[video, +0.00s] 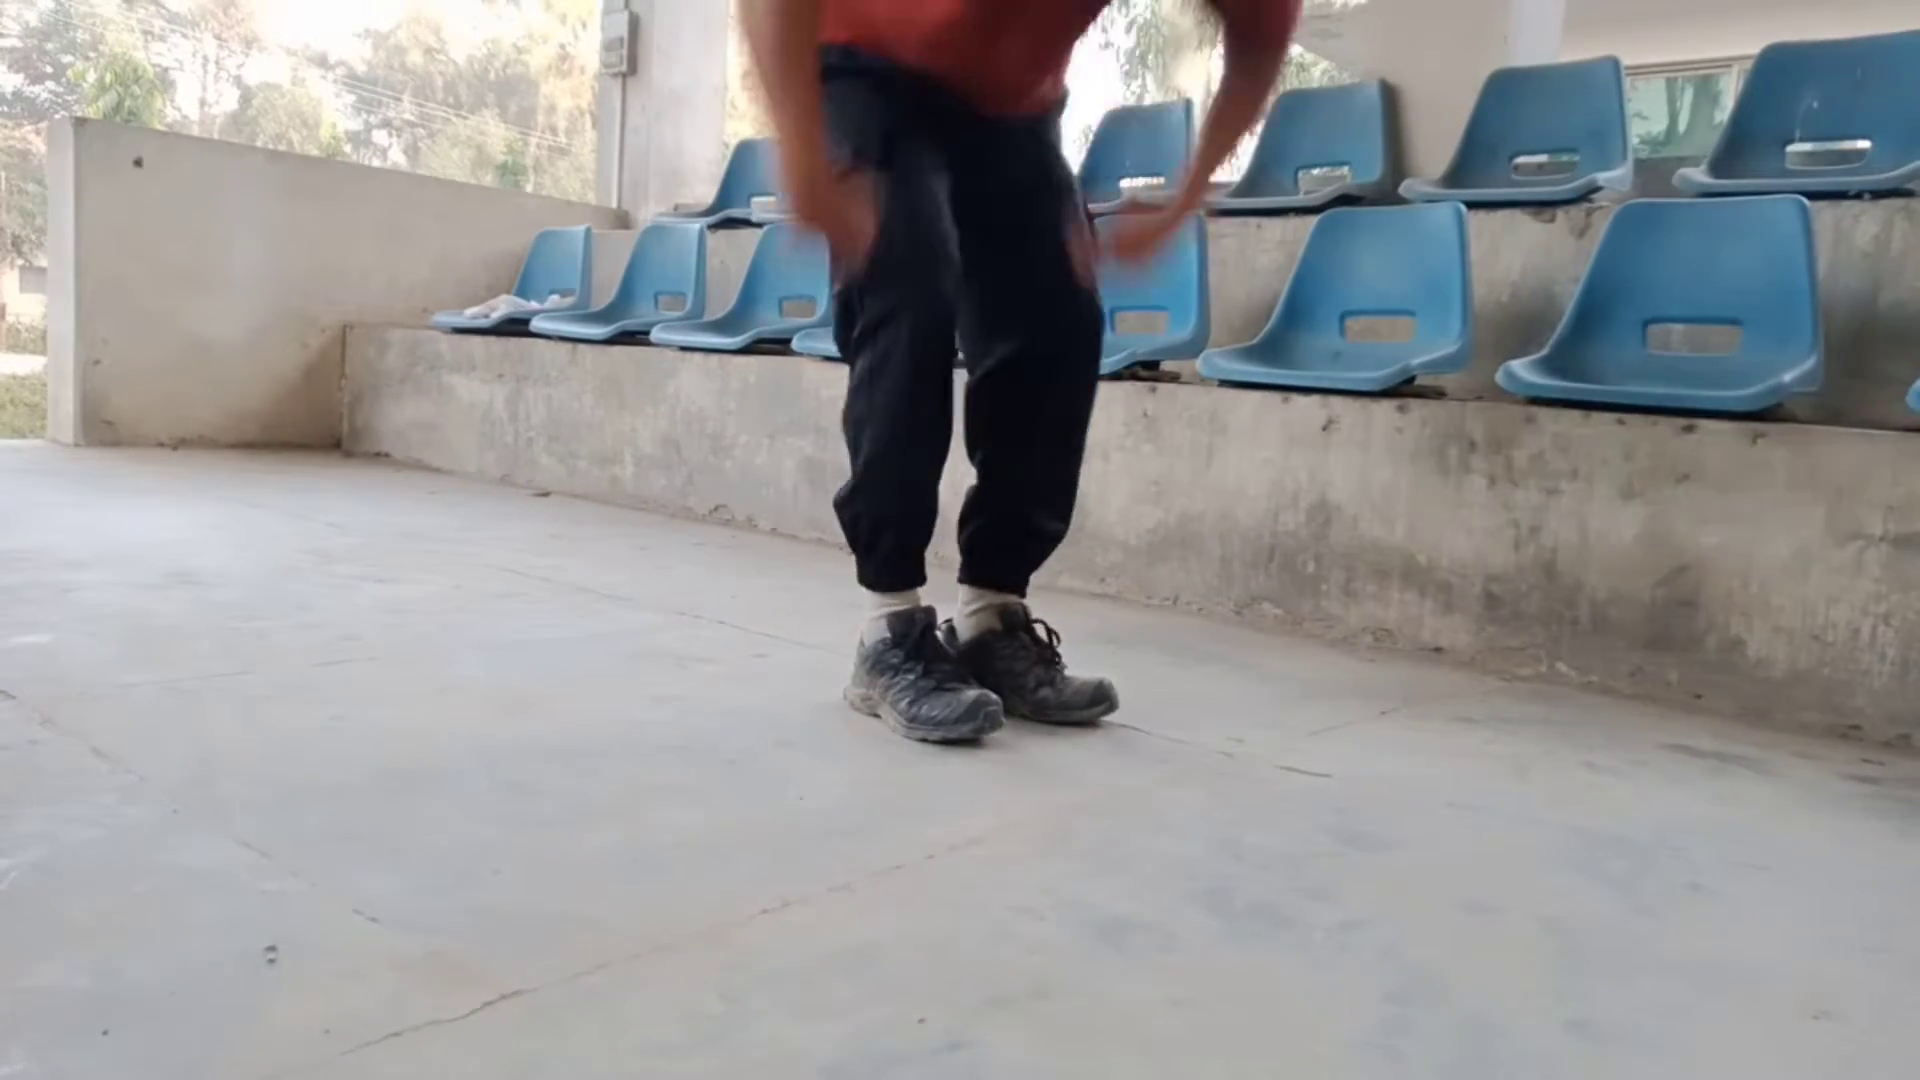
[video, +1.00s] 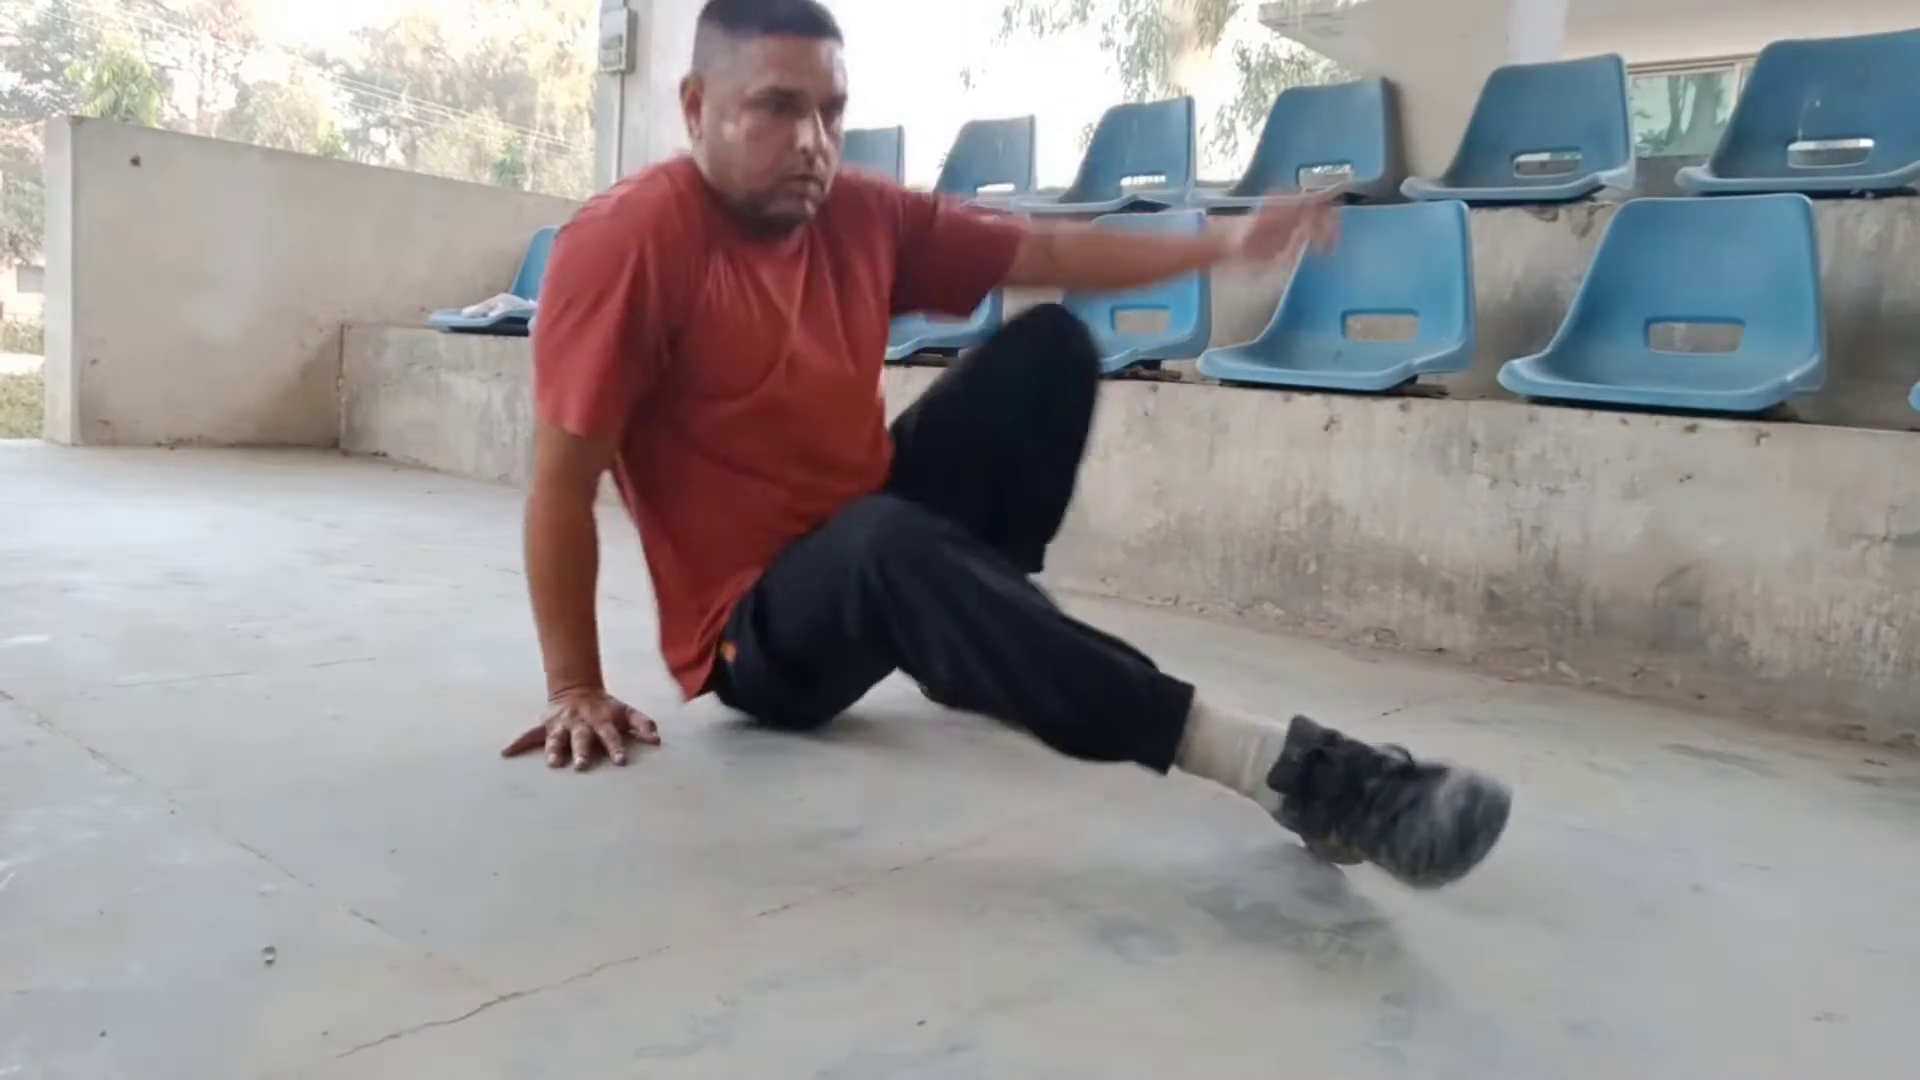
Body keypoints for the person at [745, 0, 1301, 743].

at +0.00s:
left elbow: (1260, 39)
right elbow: (777, 4)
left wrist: (1183, 194)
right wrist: (808, 170)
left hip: (1010, 87)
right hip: (865, 56)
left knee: (1053, 328)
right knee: (909, 302)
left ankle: (989, 628)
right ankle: (895, 637)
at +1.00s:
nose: (811, 144)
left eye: (829, 114)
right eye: (778, 112)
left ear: (843, 107)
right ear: (695, 106)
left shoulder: (858, 211)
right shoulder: (623, 243)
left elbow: (1041, 254)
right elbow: (562, 478)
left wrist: (1223, 245)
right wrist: (574, 687)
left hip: (878, 540)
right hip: (755, 632)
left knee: (1048, 345)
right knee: (885, 539)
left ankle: (976, 637)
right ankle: (1289, 771)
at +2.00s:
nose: (910, 208)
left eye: (923, 185)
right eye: (887, 180)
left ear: (929, 183)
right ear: (810, 167)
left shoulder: (923, 283)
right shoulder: (723, 262)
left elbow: (948, 456)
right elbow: (641, 464)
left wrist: (938, 633)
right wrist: (657, 674)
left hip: (906, 591)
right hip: (792, 612)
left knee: (1131, 473)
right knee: (1025, 475)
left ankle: (1390, 698)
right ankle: (1344, 752)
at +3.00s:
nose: (959, 231)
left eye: (984, 210)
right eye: (937, 200)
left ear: (999, 208)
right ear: (873, 182)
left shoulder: (973, 298)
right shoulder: (786, 277)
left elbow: (928, 468)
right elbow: (664, 476)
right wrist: (709, 678)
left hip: (946, 616)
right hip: (842, 629)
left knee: (1191, 456)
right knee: (1070, 454)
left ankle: (1444, 703)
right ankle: (1373, 757)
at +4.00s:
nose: (959, 226)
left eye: (973, 203)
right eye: (938, 198)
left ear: (973, 203)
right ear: (858, 187)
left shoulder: (946, 302)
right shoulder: (764, 286)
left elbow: (923, 463)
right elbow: (618, 461)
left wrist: (951, 607)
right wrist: (656, 674)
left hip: (936, 601)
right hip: (845, 618)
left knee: (1180, 456)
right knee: (1100, 472)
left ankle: (1452, 712)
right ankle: (1411, 764)